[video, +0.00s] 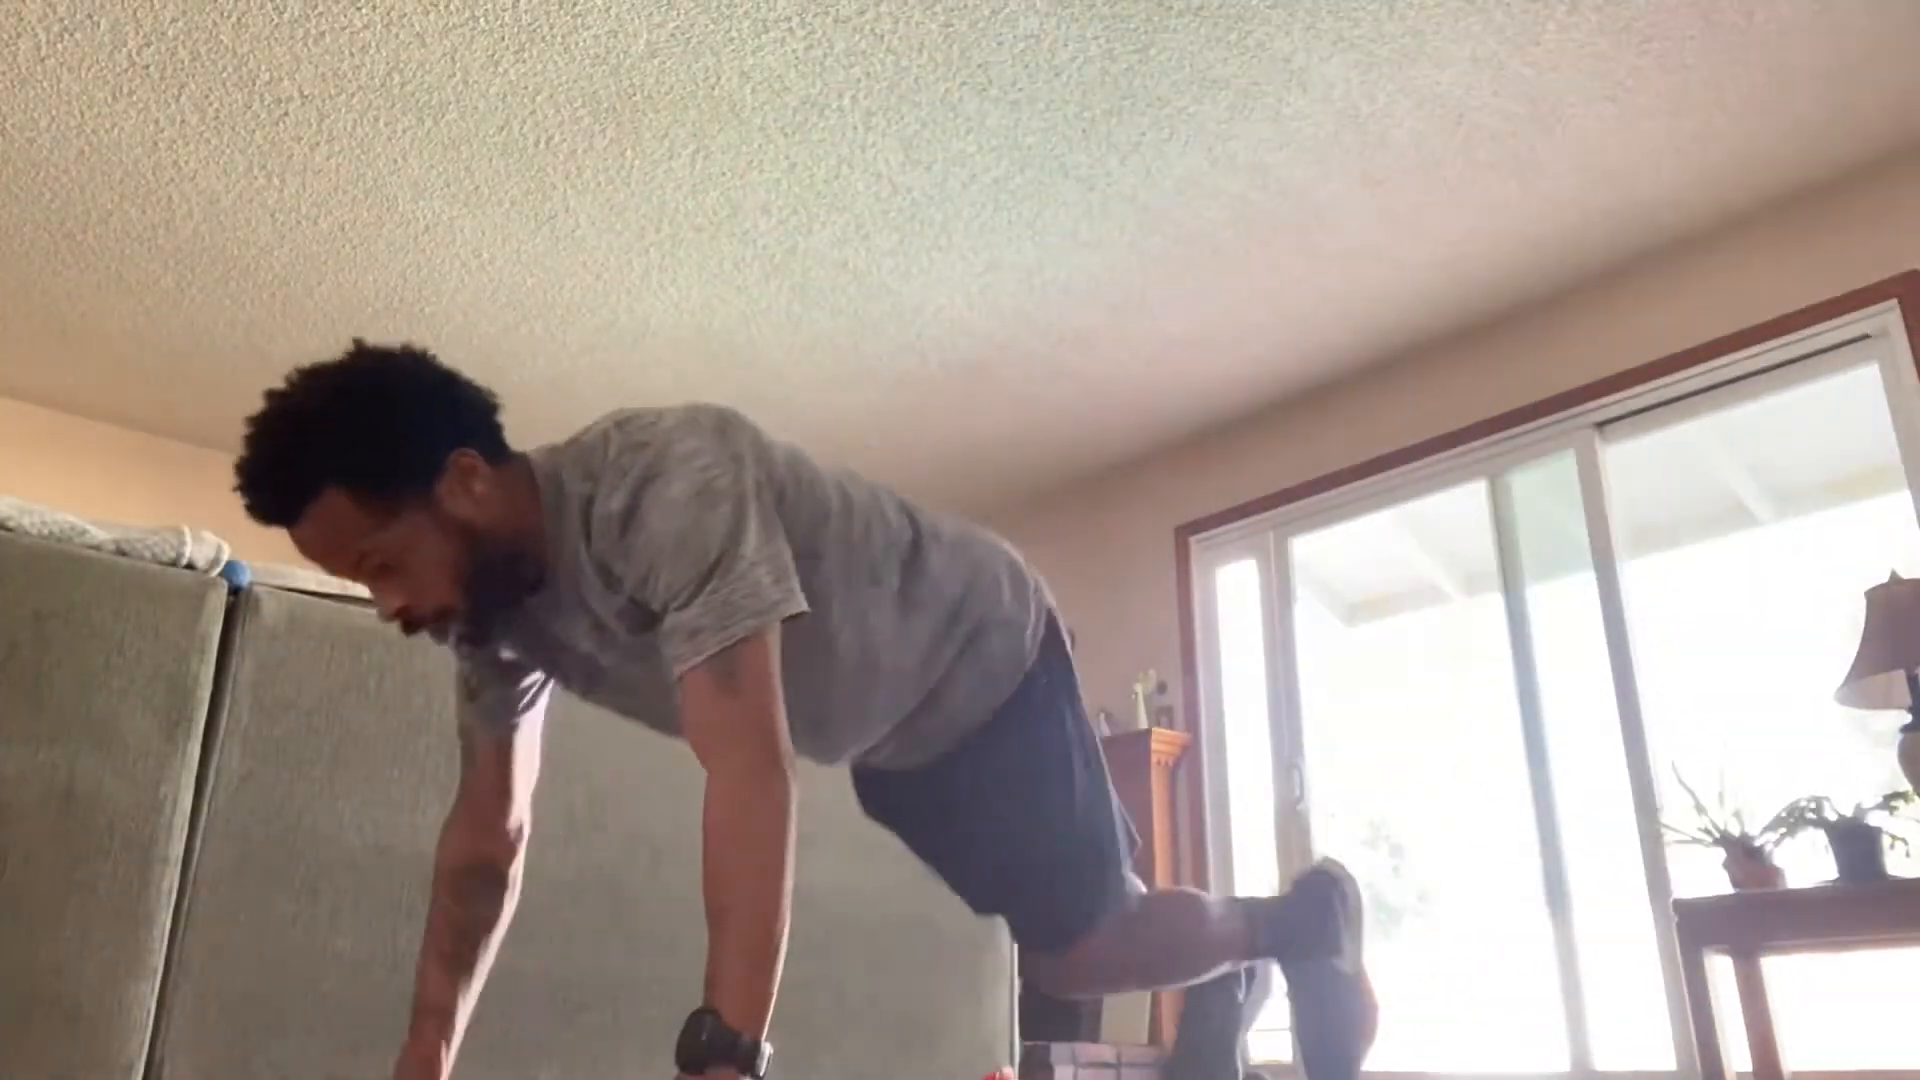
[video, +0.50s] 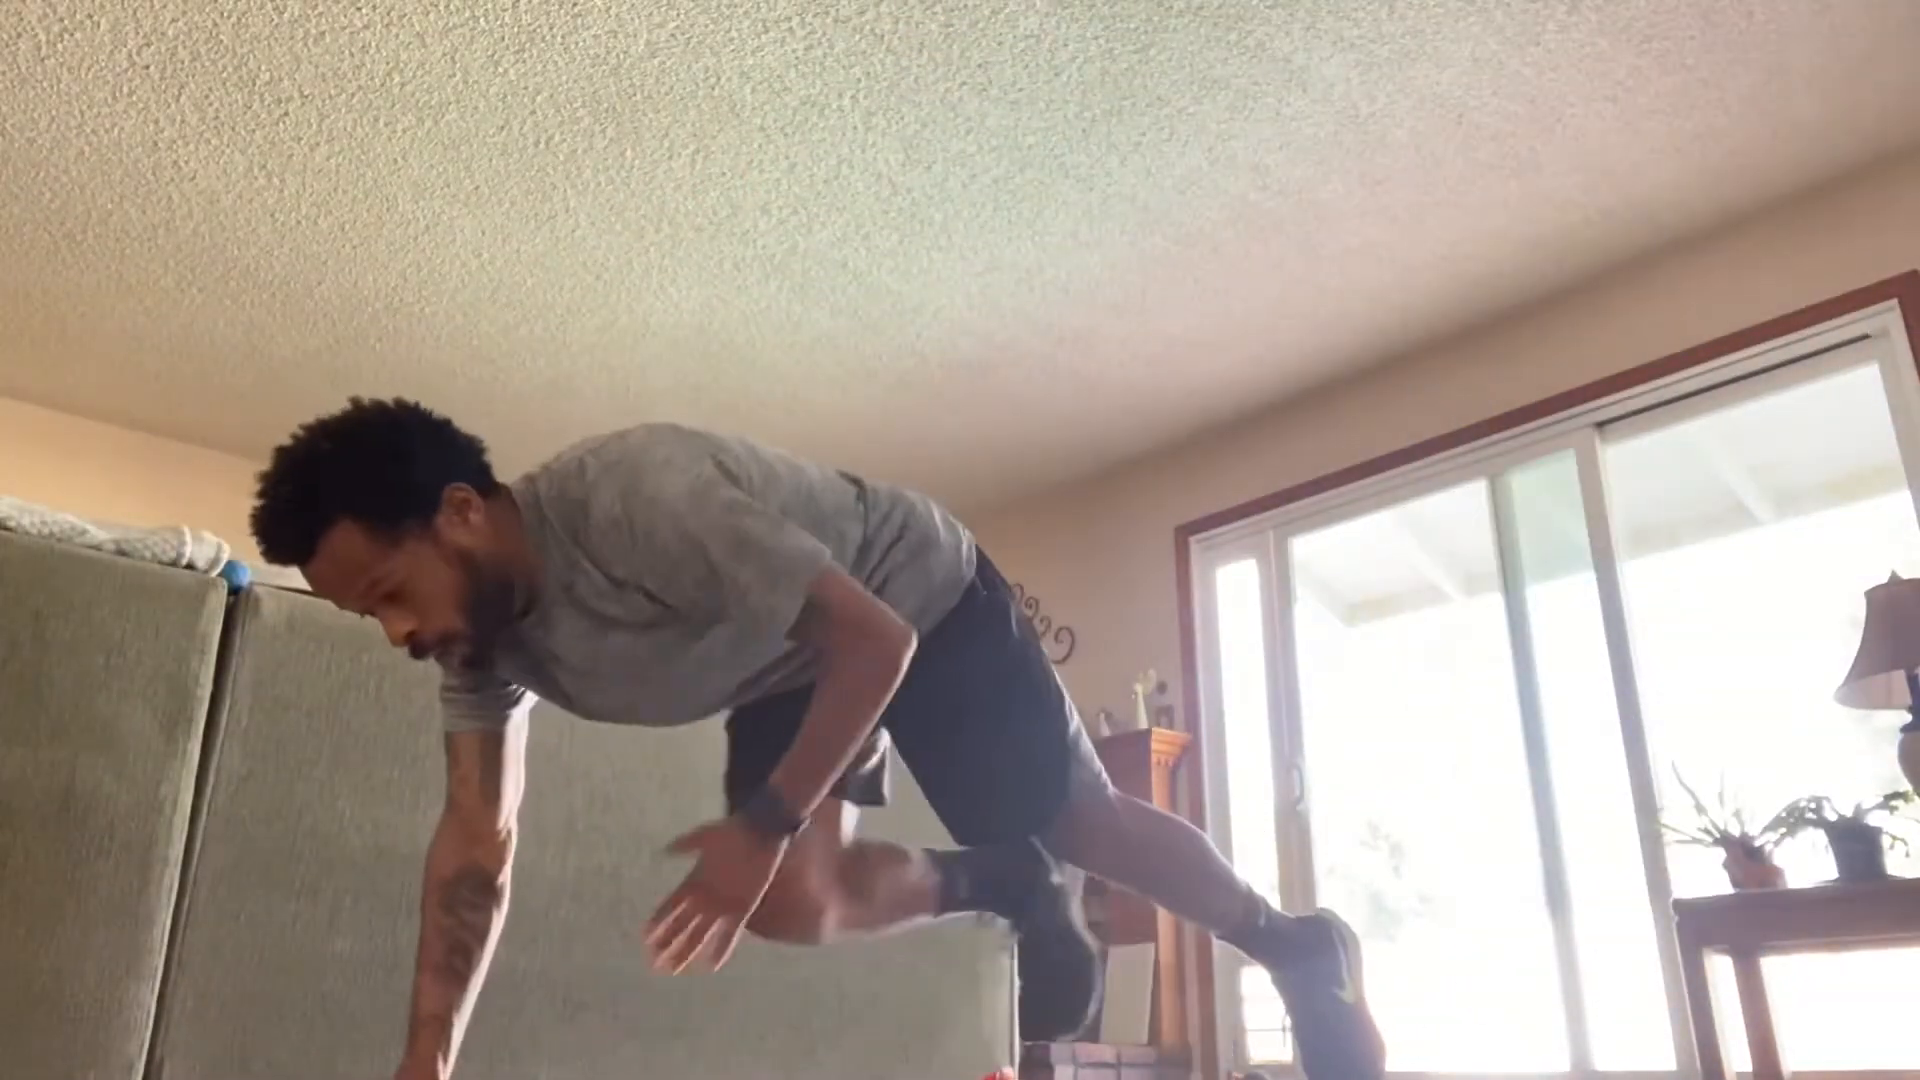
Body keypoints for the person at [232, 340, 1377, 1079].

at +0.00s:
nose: (381, 606)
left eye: (376, 566)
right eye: (354, 583)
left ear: (461, 486)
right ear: (444, 503)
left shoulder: (671, 479)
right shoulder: (488, 613)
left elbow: (751, 764)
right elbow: (482, 850)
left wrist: (729, 1042)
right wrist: (425, 1061)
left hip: (981, 654)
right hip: (874, 735)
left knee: (1086, 947)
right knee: (1036, 915)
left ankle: (1302, 923)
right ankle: (1212, 970)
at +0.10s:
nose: (364, 636)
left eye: (356, 596)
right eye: (335, 614)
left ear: (434, 510)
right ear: (413, 536)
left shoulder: (649, 503)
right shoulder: (471, 640)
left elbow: (748, 770)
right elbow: (479, 869)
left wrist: (729, 1042)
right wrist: (426, 1068)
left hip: (963, 696)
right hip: (858, 783)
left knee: (1101, 933)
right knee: (1014, 936)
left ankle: (1306, 950)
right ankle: (1222, 965)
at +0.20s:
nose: (352, 634)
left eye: (347, 595)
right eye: (324, 613)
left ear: (424, 510)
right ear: (388, 545)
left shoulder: (636, 512)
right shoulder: (455, 634)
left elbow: (722, 775)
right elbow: (468, 867)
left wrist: (719, 1040)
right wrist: (427, 1064)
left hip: (944, 688)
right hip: (836, 784)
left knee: (1087, 915)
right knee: (987, 948)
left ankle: (1309, 954)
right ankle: (1207, 979)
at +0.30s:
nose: (360, 631)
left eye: (355, 593)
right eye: (334, 612)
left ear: (431, 512)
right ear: (359, 579)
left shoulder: (637, 504)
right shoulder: (460, 634)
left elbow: (760, 742)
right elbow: (469, 857)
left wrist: (687, 1000)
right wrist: (425, 1062)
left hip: (927, 630)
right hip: (810, 725)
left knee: (1077, 852)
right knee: (923, 949)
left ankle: (1299, 945)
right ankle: (1112, 947)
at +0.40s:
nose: (382, 629)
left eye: (380, 591)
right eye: (357, 611)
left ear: (452, 510)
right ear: (368, 587)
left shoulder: (637, 496)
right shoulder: (467, 634)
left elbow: (847, 670)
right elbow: (470, 858)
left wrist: (735, 892)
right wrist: (426, 1063)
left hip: (924, 594)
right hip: (788, 678)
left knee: (1069, 831)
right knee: (812, 913)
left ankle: (1296, 946)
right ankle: (1030, 897)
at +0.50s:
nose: (387, 633)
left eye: (386, 594)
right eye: (361, 615)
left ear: (457, 514)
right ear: (370, 595)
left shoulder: (642, 499)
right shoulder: (474, 639)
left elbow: (873, 639)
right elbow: (473, 857)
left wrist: (763, 832)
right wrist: (427, 1062)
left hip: (921, 590)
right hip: (790, 668)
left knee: (1063, 829)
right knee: (795, 891)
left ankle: (1296, 949)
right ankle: (1003, 884)